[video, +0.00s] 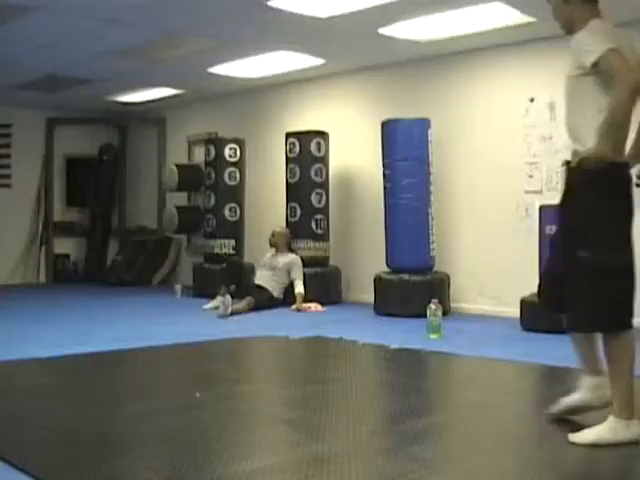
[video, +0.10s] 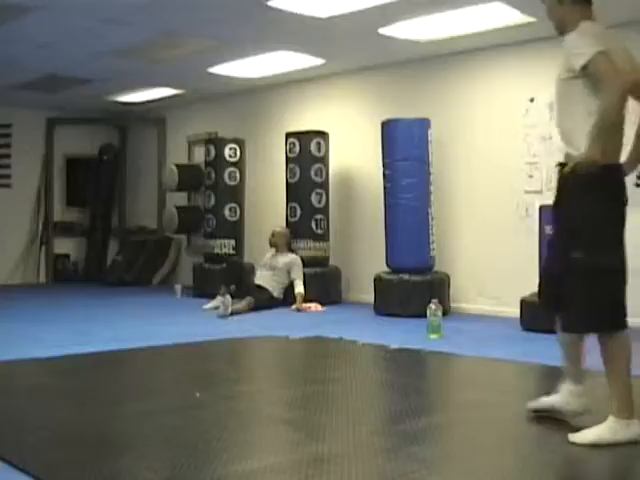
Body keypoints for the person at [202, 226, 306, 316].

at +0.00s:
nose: (271, 237)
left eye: (274, 235)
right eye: (272, 235)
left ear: (284, 239)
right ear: (276, 239)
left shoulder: (294, 259)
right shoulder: (270, 254)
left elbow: (298, 282)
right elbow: (261, 272)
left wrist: (299, 302)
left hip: (270, 294)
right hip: (254, 288)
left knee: (250, 301)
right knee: (234, 265)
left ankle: (230, 310)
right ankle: (221, 298)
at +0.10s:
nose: (271, 238)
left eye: (275, 235)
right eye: (272, 235)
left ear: (284, 239)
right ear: (274, 239)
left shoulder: (294, 259)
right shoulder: (270, 254)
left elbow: (298, 282)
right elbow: (260, 272)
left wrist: (299, 302)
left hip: (270, 294)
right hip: (253, 287)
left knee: (250, 301)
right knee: (234, 264)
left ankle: (230, 310)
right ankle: (221, 298)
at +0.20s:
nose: (271, 238)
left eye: (275, 235)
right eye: (272, 235)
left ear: (284, 239)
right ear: (274, 239)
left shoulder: (294, 259)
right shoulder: (270, 254)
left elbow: (298, 282)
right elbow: (260, 272)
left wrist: (299, 302)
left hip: (270, 294)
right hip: (253, 287)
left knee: (250, 301)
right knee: (234, 264)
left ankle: (230, 310)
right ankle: (221, 298)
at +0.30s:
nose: (271, 238)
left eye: (275, 235)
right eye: (272, 235)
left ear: (284, 239)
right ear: (274, 239)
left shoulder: (294, 259)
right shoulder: (270, 254)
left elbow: (298, 282)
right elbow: (260, 272)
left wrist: (299, 302)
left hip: (270, 294)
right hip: (253, 287)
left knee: (250, 301)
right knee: (234, 265)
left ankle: (230, 310)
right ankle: (221, 298)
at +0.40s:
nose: (271, 238)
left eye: (274, 235)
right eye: (272, 235)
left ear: (284, 239)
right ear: (274, 239)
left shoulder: (293, 259)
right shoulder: (270, 254)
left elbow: (298, 282)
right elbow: (261, 272)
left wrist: (299, 302)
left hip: (270, 294)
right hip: (254, 287)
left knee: (250, 301)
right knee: (234, 264)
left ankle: (230, 310)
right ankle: (221, 298)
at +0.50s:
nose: (271, 238)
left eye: (274, 235)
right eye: (272, 235)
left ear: (283, 239)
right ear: (274, 239)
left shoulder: (293, 259)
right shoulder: (270, 254)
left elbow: (298, 282)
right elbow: (261, 272)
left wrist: (299, 302)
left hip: (270, 294)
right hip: (254, 287)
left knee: (250, 301)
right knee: (234, 264)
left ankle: (230, 310)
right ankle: (221, 298)